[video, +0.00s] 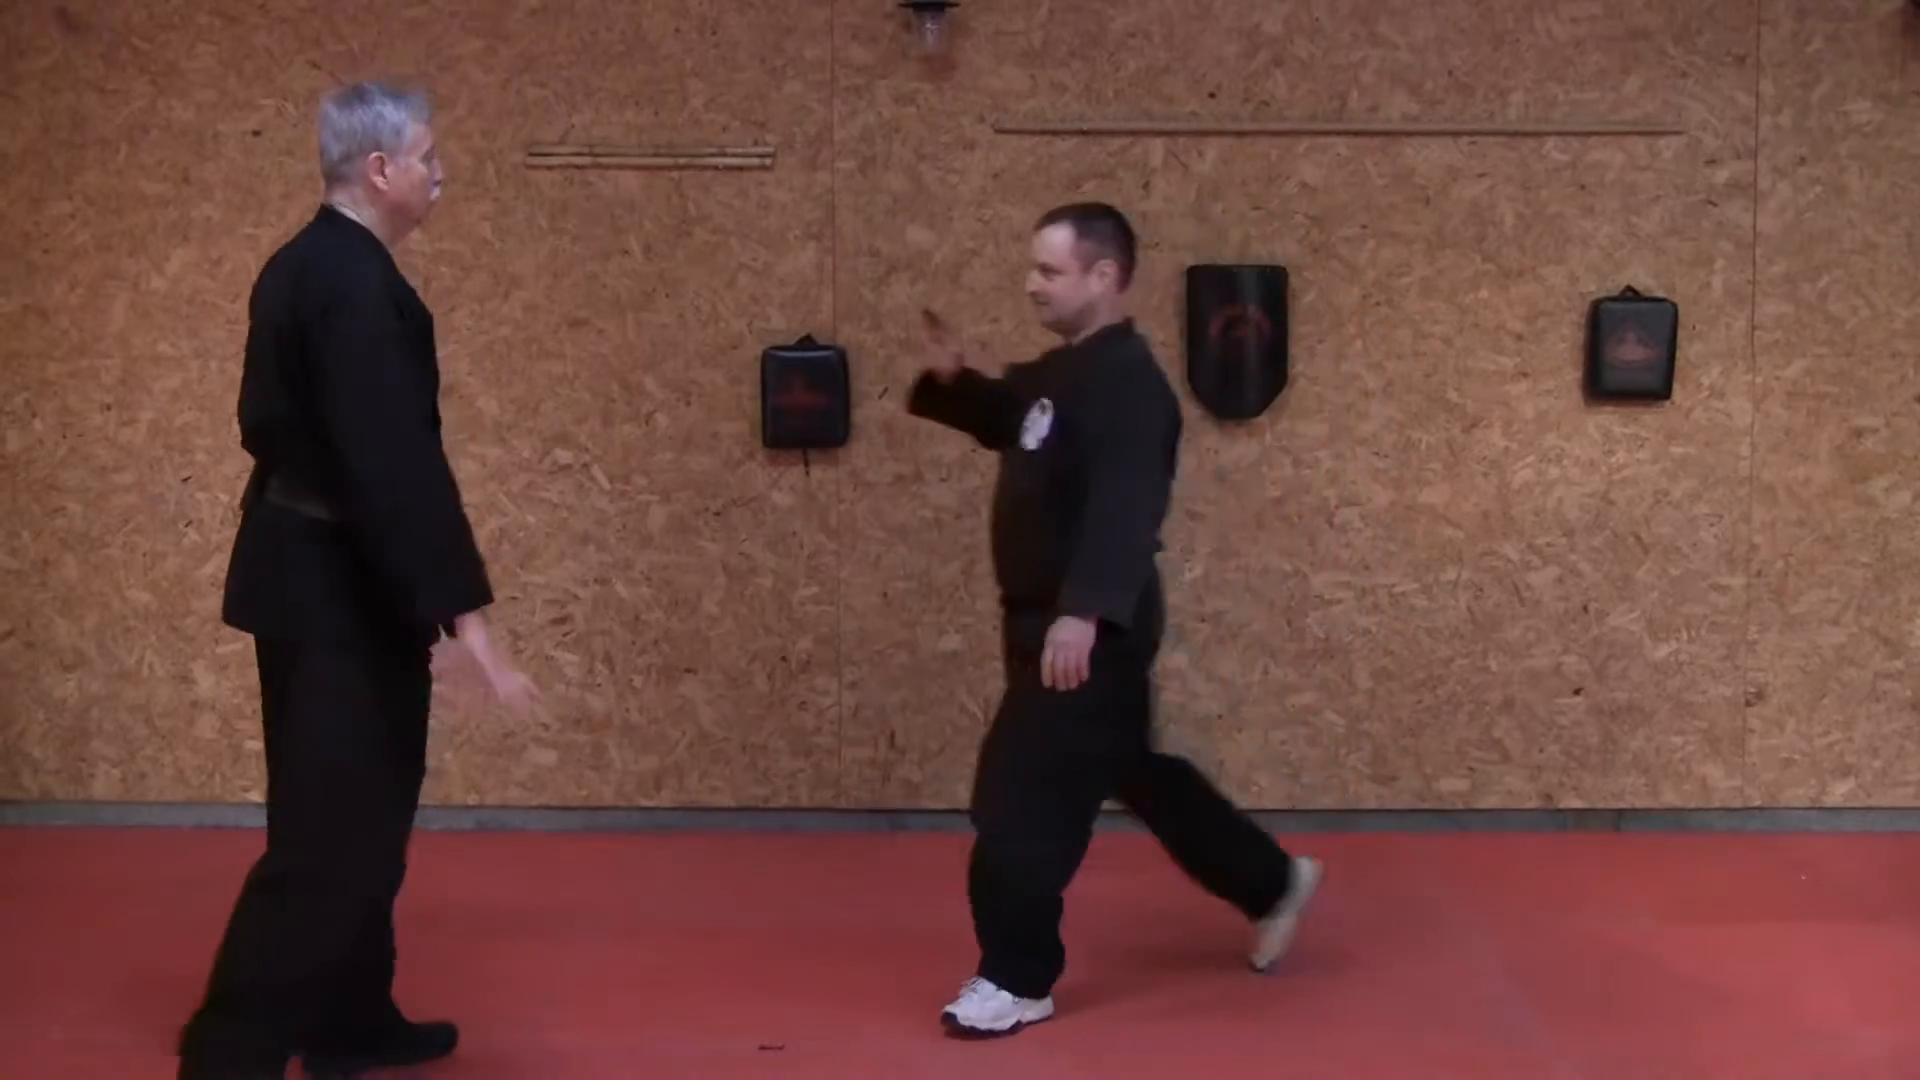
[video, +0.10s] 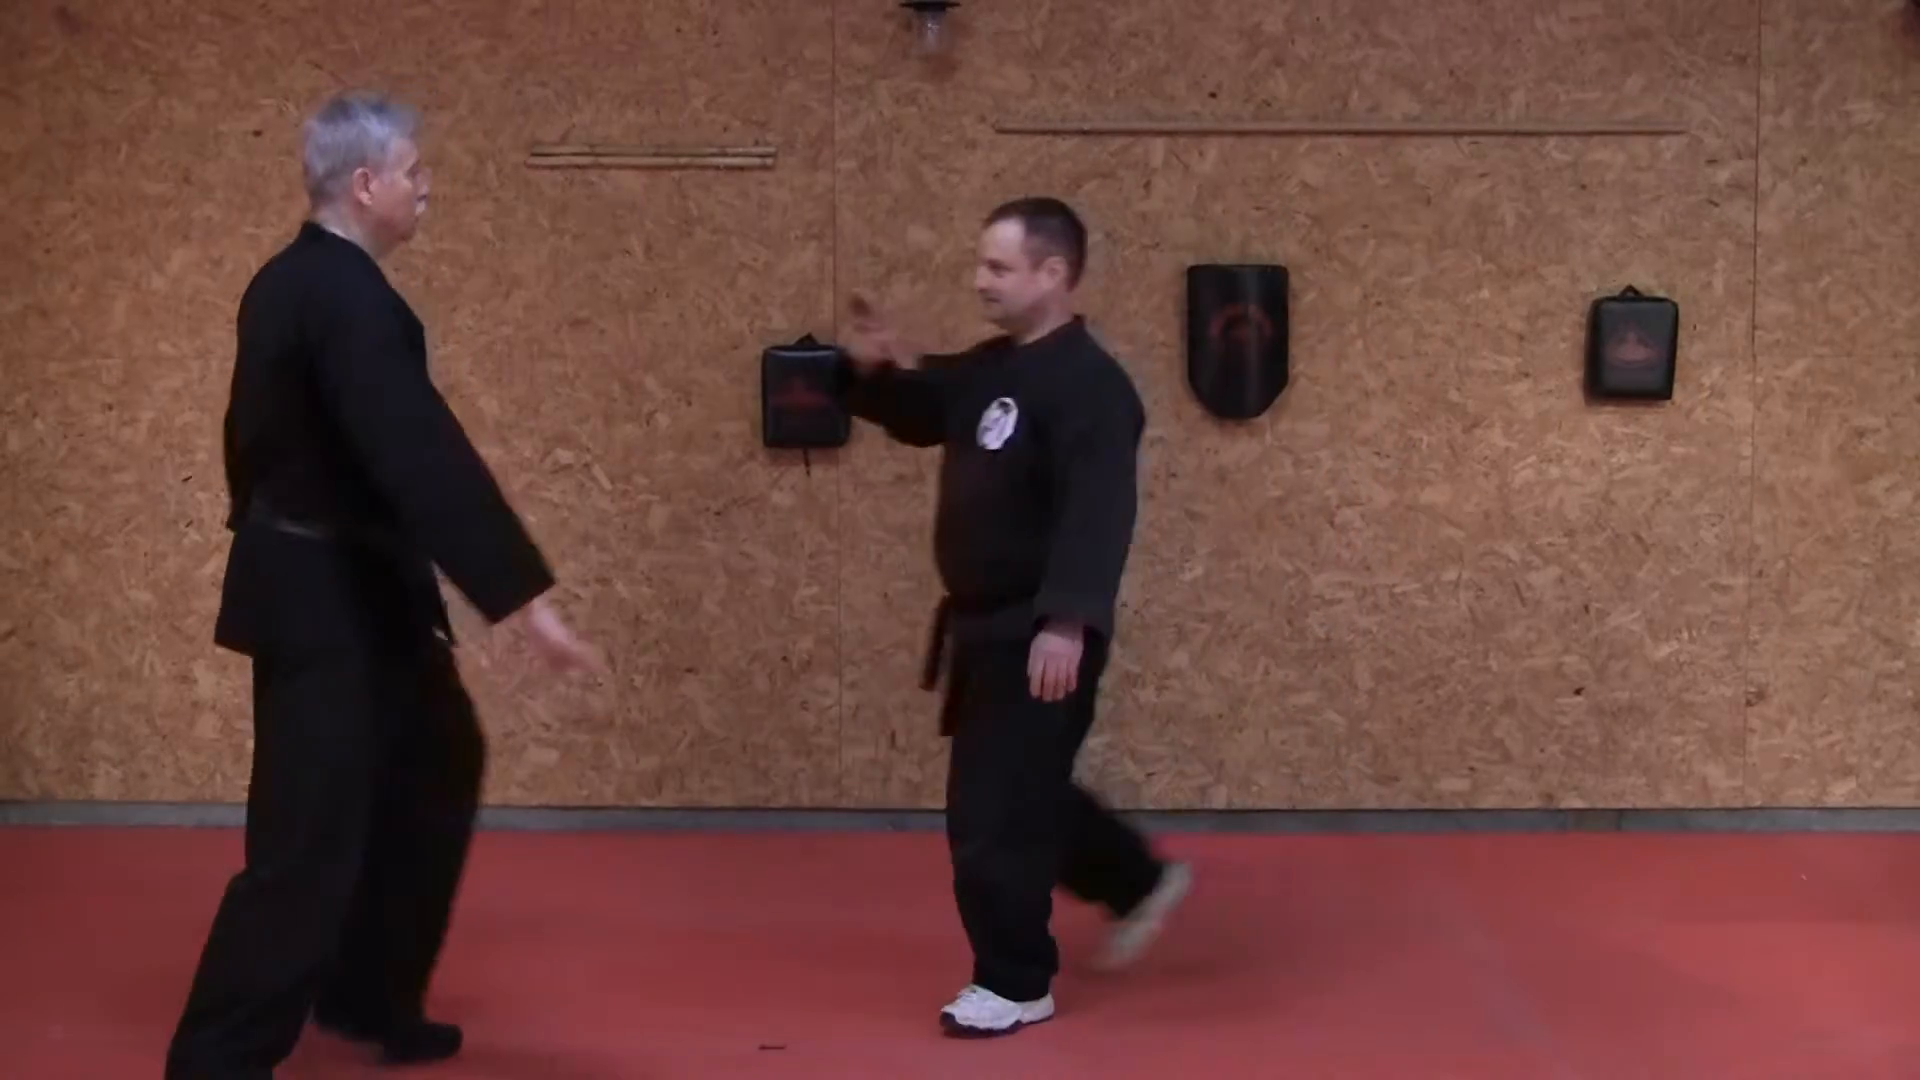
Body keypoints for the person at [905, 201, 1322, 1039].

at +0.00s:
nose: (1033, 286)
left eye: (1049, 272)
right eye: (1033, 271)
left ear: (1106, 277)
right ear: (1079, 277)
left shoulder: (1129, 381)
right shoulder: (1061, 367)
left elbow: (1126, 510)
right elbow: (1011, 412)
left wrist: (1083, 612)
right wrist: (949, 382)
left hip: (1090, 630)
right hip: (1046, 622)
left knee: (1018, 793)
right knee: (1130, 770)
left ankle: (1019, 976)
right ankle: (1273, 884)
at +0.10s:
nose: (981, 281)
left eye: (999, 268)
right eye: (980, 267)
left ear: (1057, 273)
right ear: (1004, 274)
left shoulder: (1092, 385)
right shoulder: (984, 371)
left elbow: (1100, 515)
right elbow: (920, 416)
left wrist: (1068, 623)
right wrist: (873, 371)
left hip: (1040, 629)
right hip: (981, 623)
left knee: (996, 802)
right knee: (1007, 789)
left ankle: (1016, 981)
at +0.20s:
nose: (928, 280)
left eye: (945, 267)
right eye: (925, 265)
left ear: (1003, 272)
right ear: (931, 270)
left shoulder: (1047, 382)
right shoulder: (908, 368)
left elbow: (1086, 512)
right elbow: (806, 410)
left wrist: (1063, 625)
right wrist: (777, 367)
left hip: (1005, 639)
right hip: (917, 631)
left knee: (991, 810)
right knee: (878, 789)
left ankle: (1018, 980)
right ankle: (938, 944)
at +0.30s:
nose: (862, 278)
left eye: (882, 265)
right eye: (861, 263)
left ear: (942, 272)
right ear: (864, 268)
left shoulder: (996, 386)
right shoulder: (826, 370)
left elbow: (1054, 508)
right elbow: (720, 399)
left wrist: (1057, 620)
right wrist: (674, 371)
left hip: (958, 642)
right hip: (849, 637)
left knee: (984, 821)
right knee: (785, 799)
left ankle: (1015, 983)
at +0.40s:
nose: (793, 288)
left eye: (812, 275)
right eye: (790, 272)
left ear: (869, 283)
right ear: (790, 277)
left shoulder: (926, 393)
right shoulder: (741, 379)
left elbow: (1001, 494)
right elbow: (628, 399)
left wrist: (1040, 601)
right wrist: (553, 355)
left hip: (898, 652)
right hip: (775, 649)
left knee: (958, 819)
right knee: (690, 807)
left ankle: (1011, 980)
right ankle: (604, 983)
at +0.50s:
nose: (731, 323)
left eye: (754, 309)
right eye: (723, 305)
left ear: (798, 316)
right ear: (709, 305)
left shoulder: (837, 414)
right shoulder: (648, 399)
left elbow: (921, 502)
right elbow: (521, 393)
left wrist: (988, 600)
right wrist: (419, 353)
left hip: (812, 680)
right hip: (688, 680)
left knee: (901, 834)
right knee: (607, 845)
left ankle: (972, 970)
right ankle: (548, 1025)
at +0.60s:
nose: (672, 338)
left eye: (694, 323)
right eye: (659, 319)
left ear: (729, 326)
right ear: (639, 320)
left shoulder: (783, 419)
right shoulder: (585, 424)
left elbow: (851, 506)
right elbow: (461, 444)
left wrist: (913, 591)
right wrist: (338, 429)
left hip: (765, 681)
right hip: (638, 689)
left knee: (861, 844)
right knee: (576, 863)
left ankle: (874, 986)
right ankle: (531, 1034)